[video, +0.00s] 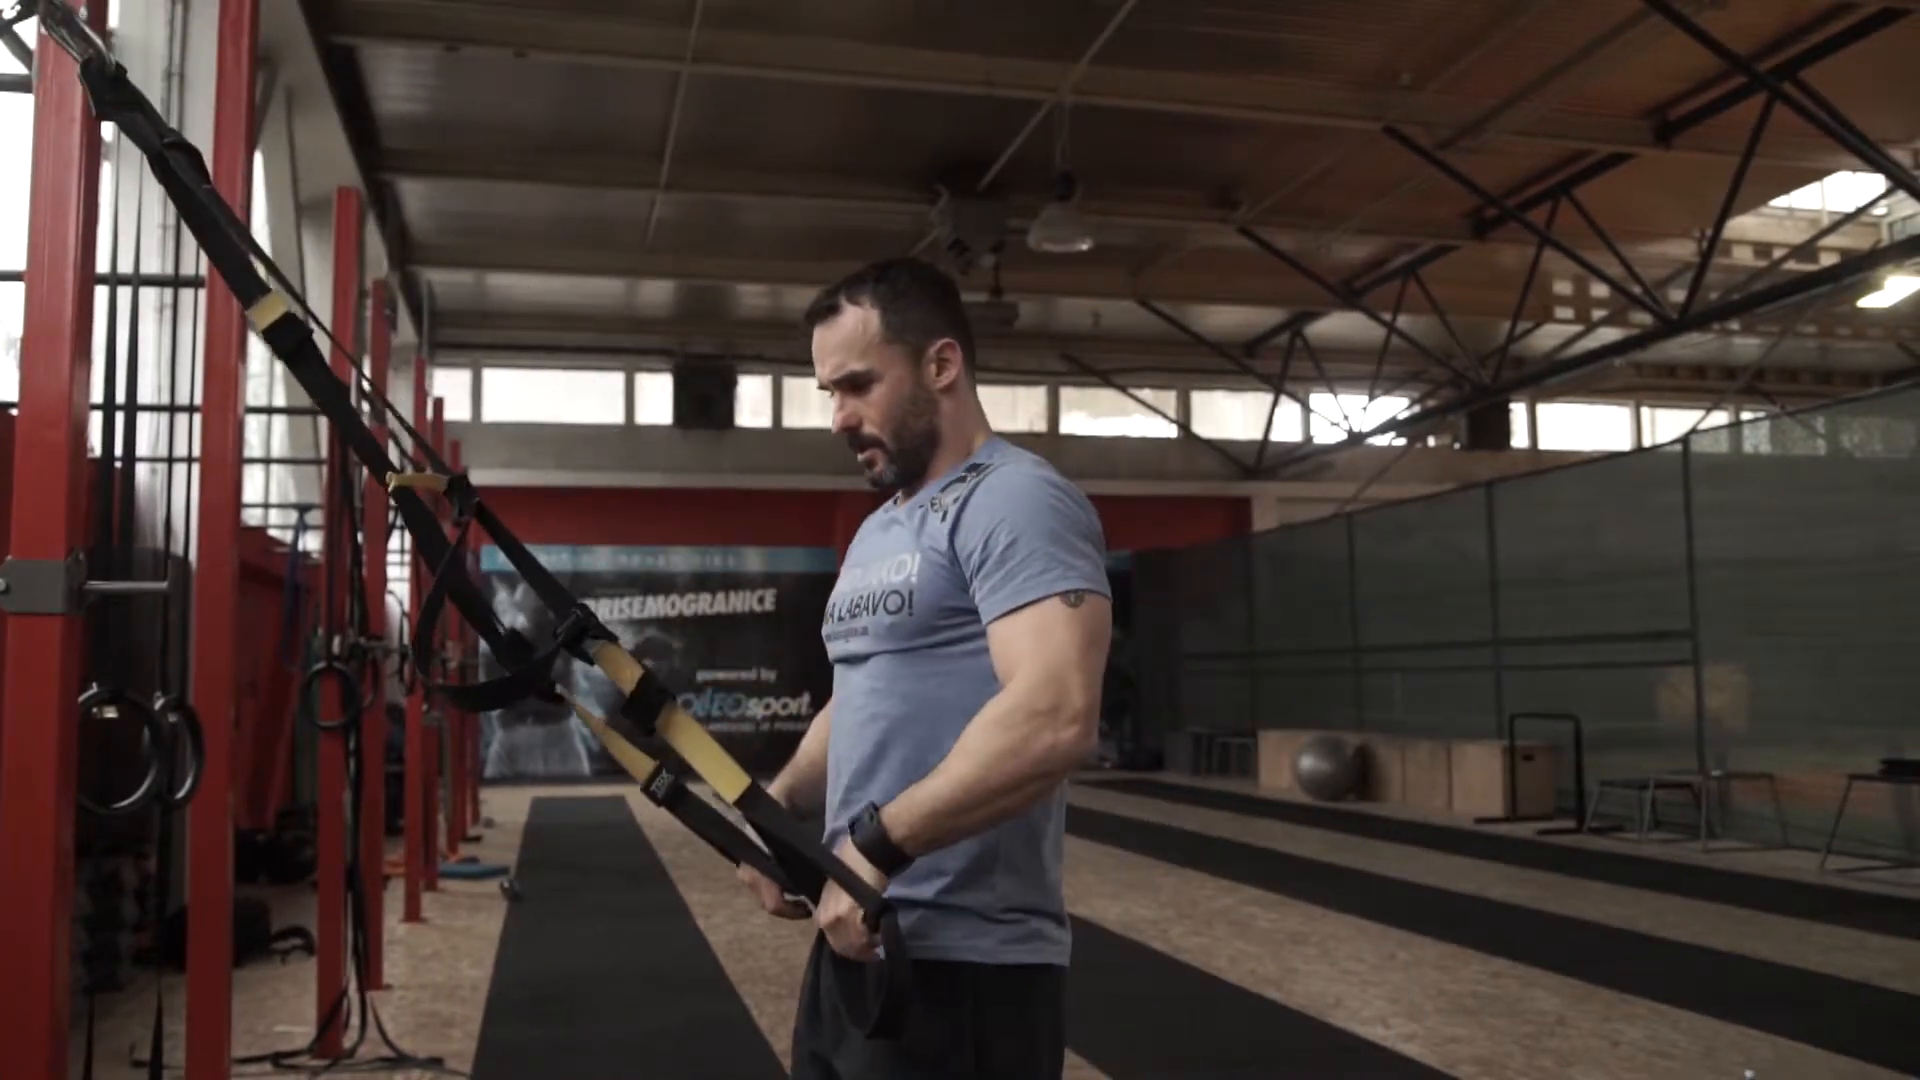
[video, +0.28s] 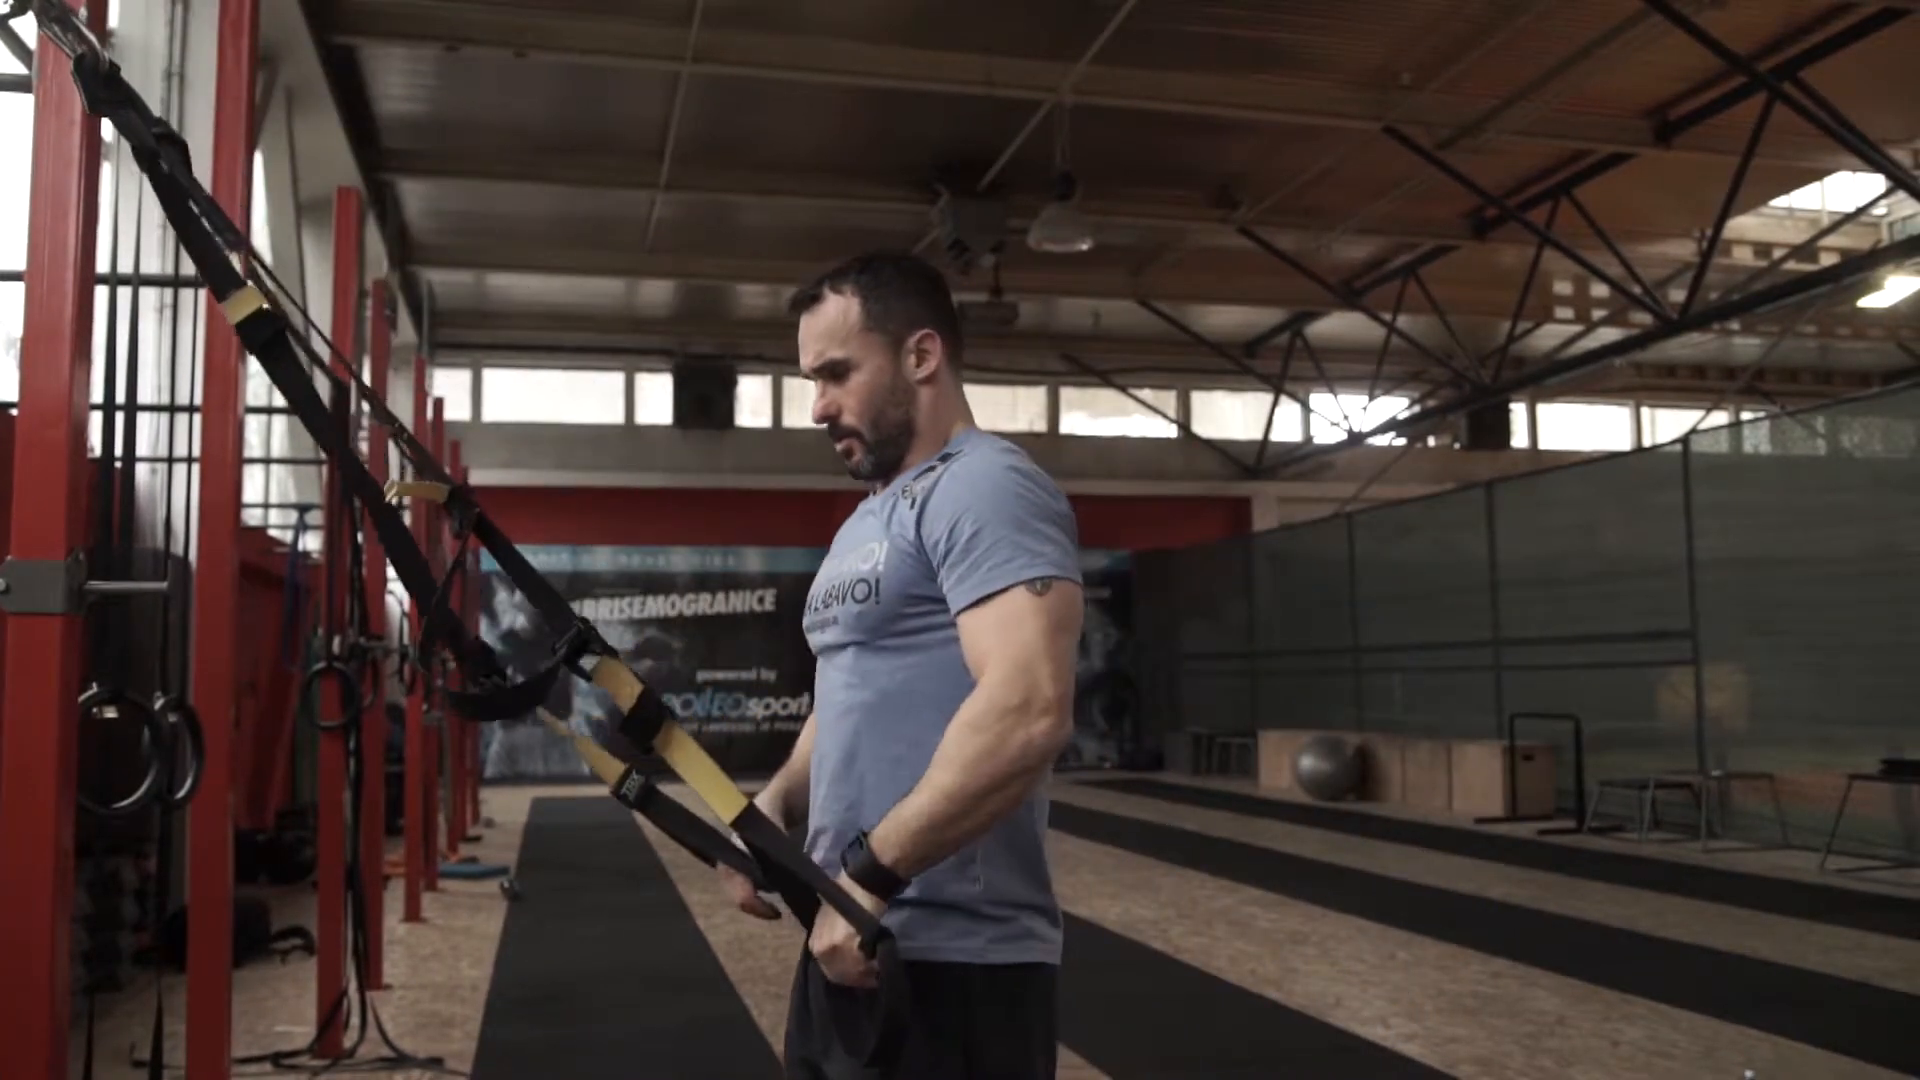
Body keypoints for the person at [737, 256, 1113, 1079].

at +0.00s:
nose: (839, 419)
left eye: (859, 386)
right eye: (831, 394)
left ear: (943, 365)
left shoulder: (1018, 495)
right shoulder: (879, 528)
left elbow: (1054, 715)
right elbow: (859, 700)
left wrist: (874, 845)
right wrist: (776, 813)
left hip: (971, 965)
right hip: (856, 951)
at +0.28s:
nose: (818, 409)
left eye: (837, 374)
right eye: (812, 382)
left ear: (922, 356)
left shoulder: (983, 480)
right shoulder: (871, 515)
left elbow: (1027, 708)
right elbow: (849, 697)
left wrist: (869, 876)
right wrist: (773, 813)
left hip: (957, 963)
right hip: (851, 950)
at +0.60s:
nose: (797, 378)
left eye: (822, 344)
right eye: (797, 354)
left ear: (909, 347)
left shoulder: (965, 495)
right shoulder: (847, 526)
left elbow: (973, 737)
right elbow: (821, 705)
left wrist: (815, 912)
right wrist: (747, 821)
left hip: (941, 970)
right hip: (846, 960)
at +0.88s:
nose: (778, 401)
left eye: (798, 367)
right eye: (772, 374)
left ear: (885, 352)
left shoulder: (963, 509)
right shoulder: (825, 536)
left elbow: (952, 761)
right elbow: (784, 716)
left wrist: (796, 922)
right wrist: (710, 848)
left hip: (939, 973)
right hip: (830, 963)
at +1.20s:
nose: (756, 442)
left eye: (769, 406)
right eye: (744, 416)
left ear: (855, 371)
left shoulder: (964, 516)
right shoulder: (801, 537)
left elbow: (951, 760)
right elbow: (764, 719)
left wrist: (782, 912)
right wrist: (698, 878)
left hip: (927, 973)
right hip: (808, 966)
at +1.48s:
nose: (735, 452)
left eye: (749, 416)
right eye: (720, 426)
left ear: (834, 376)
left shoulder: (945, 516)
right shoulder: (781, 540)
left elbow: (902, 767)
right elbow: (743, 725)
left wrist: (749, 927)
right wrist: (680, 893)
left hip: (910, 976)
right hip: (790, 969)